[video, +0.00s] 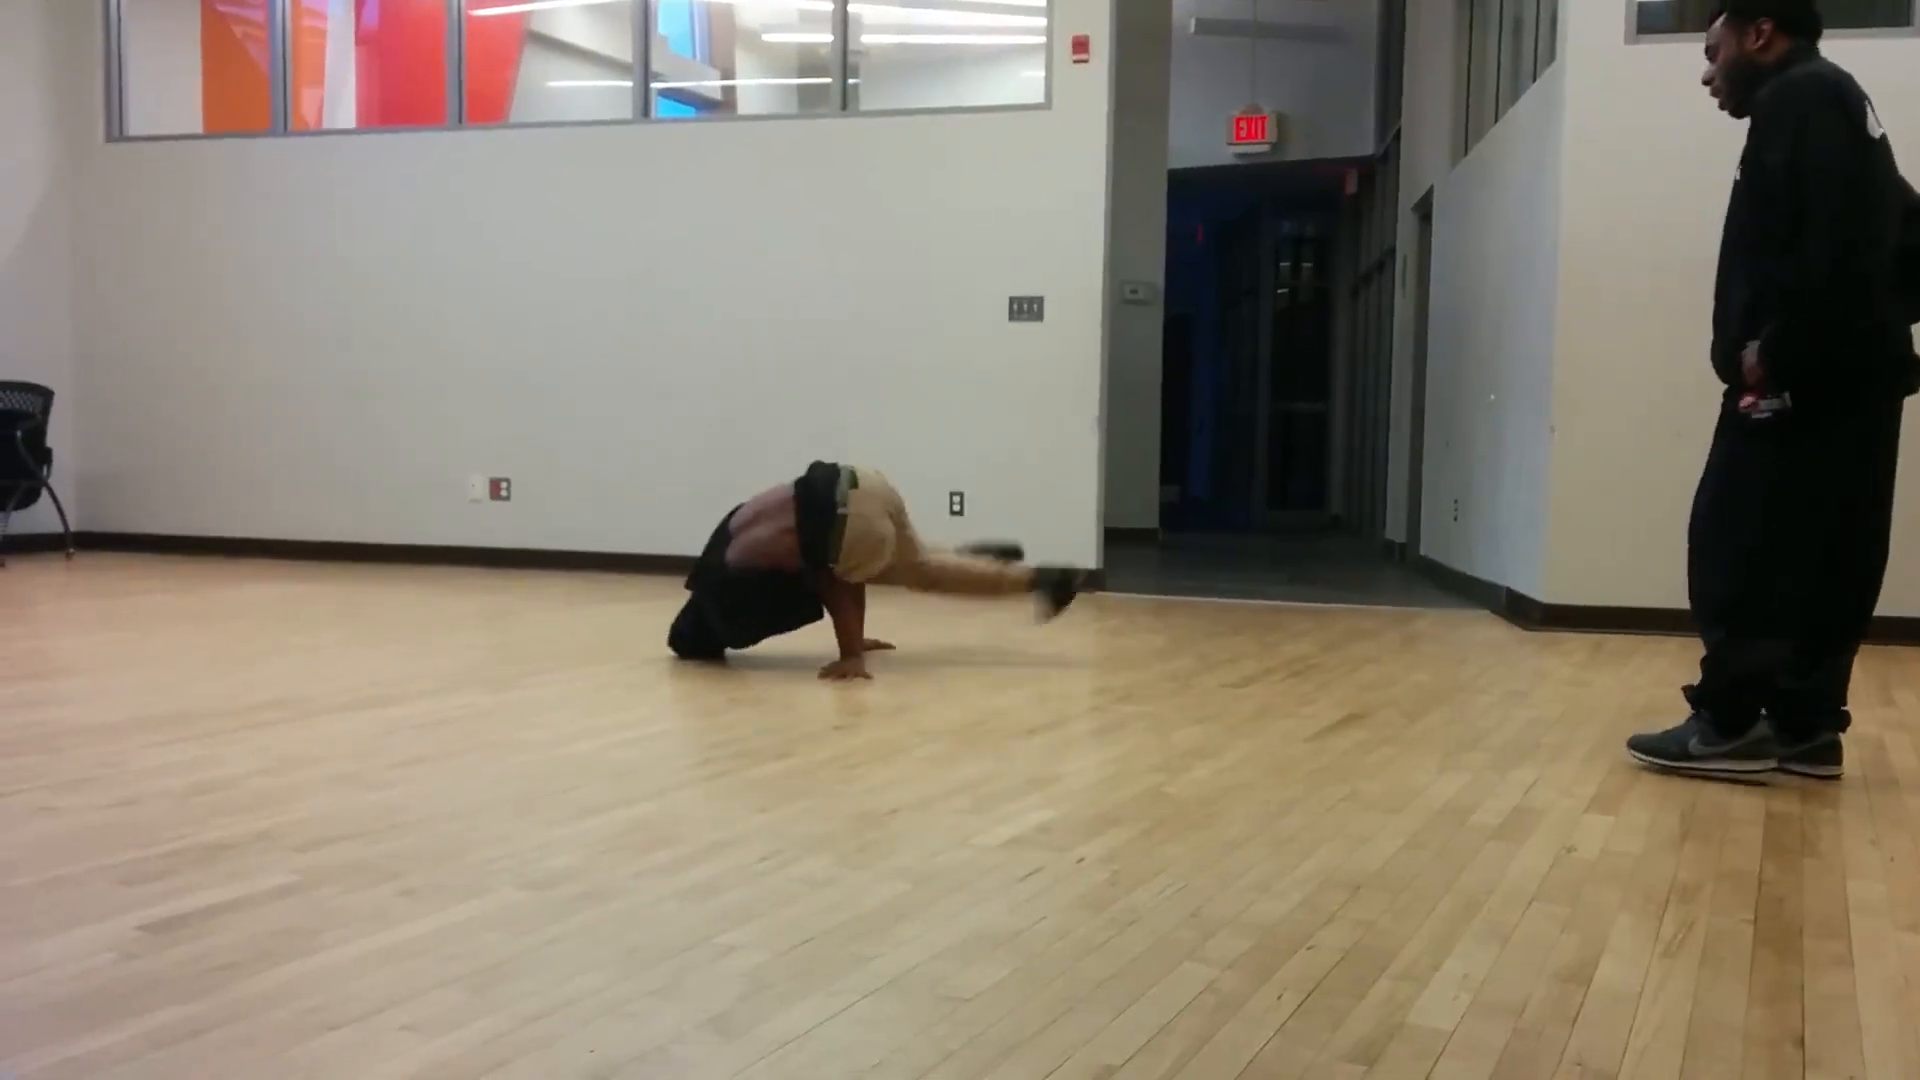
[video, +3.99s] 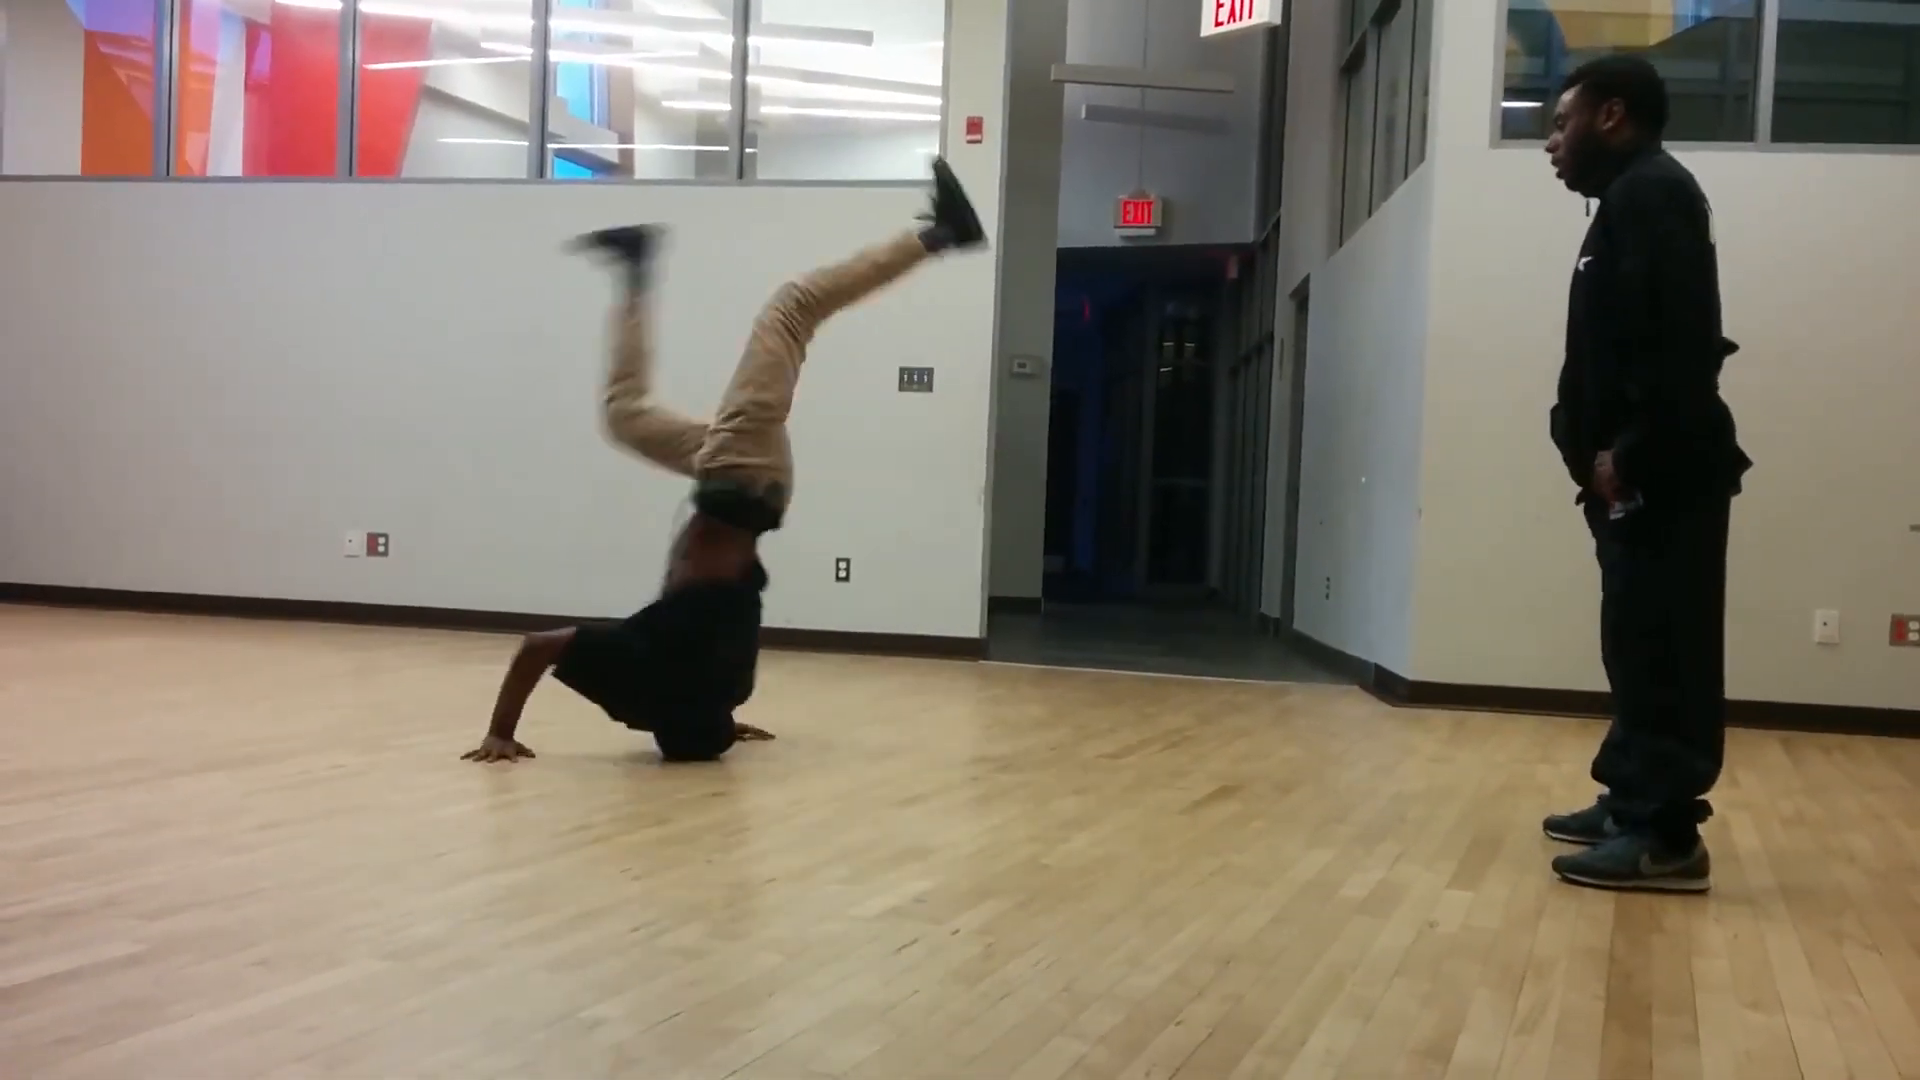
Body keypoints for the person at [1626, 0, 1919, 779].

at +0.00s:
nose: (1706, 69)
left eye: (1713, 46)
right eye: (1706, 51)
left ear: (1763, 36)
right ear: (1770, 38)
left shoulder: (1799, 99)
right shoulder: (1834, 99)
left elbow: (1802, 238)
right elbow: (1902, 220)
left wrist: (1767, 344)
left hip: (1795, 382)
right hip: (1855, 381)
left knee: (1729, 530)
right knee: (1828, 545)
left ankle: (1732, 720)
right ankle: (1808, 727)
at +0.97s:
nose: (1577, 71)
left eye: (1589, 52)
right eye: (1578, 54)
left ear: (1647, 48)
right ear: (1642, 52)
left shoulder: (1692, 130)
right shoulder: (1664, 132)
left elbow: (1730, 277)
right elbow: (1684, 279)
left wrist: (1658, 389)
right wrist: (1621, 382)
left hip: (1684, 425)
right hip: (1652, 423)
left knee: (1674, 596)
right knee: (1645, 592)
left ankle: (1675, 787)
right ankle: (1642, 753)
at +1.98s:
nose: (1531, 150)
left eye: (1540, 130)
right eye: (1531, 131)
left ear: (1585, 124)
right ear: (1593, 125)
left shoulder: (1623, 204)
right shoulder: (1630, 197)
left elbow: (1662, 343)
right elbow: (1700, 333)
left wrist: (1595, 460)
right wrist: (1604, 447)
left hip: (1646, 483)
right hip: (1635, 480)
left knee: (1644, 652)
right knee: (1623, 647)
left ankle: (1656, 840)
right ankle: (1623, 808)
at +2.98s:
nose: (1558, 148)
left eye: (1567, 126)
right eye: (1558, 128)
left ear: (1623, 117)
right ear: (1624, 120)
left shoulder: (1669, 199)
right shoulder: (1647, 197)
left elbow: (1683, 357)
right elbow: (1645, 352)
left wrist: (1608, 457)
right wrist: (1579, 445)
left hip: (1656, 480)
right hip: (1629, 479)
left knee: (1649, 654)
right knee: (1624, 651)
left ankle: (1656, 846)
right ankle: (1623, 815)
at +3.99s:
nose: (1551, 143)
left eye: (1562, 124)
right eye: (1551, 126)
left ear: (1612, 116)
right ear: (1615, 118)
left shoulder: (1651, 195)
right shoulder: (1637, 195)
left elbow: (1670, 346)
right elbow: (1635, 343)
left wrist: (1622, 455)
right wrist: (1596, 446)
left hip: (1670, 473)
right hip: (1642, 473)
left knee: (1663, 643)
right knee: (1638, 640)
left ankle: (1665, 833)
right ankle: (1632, 803)